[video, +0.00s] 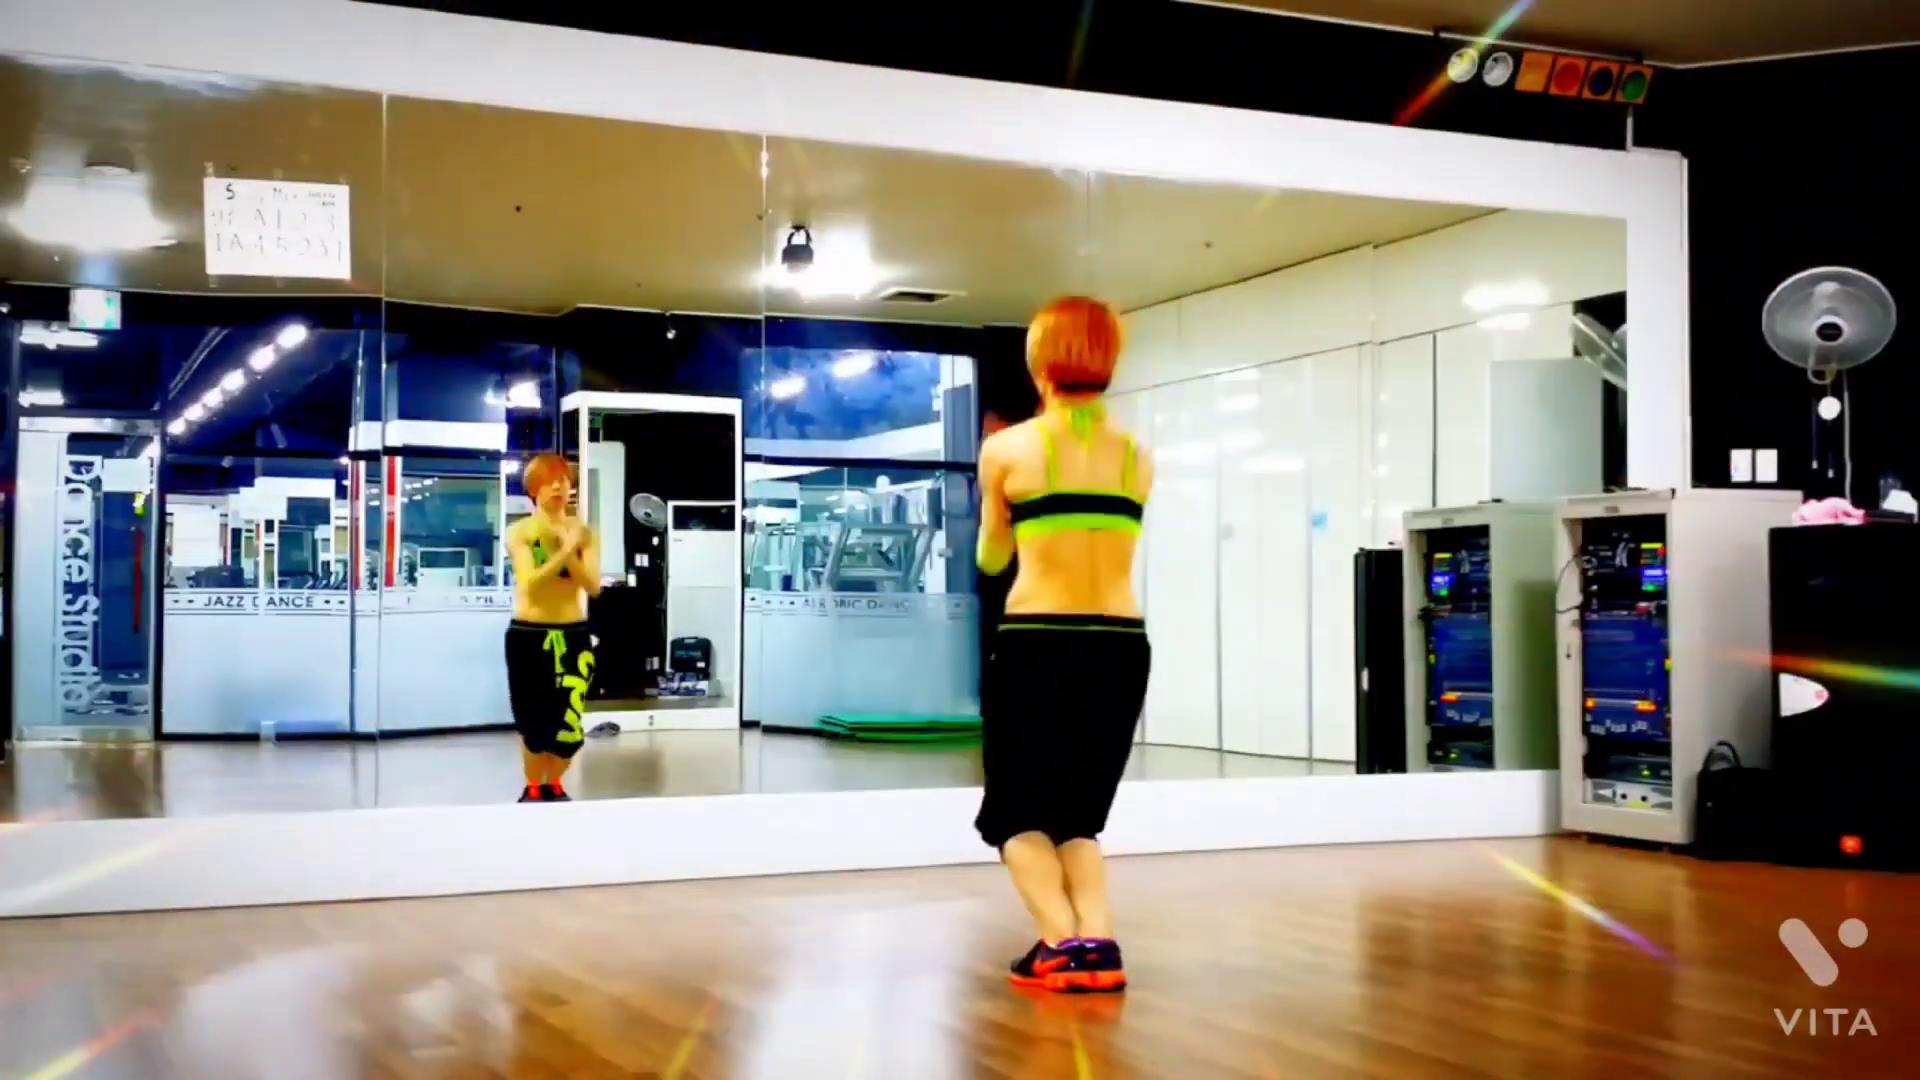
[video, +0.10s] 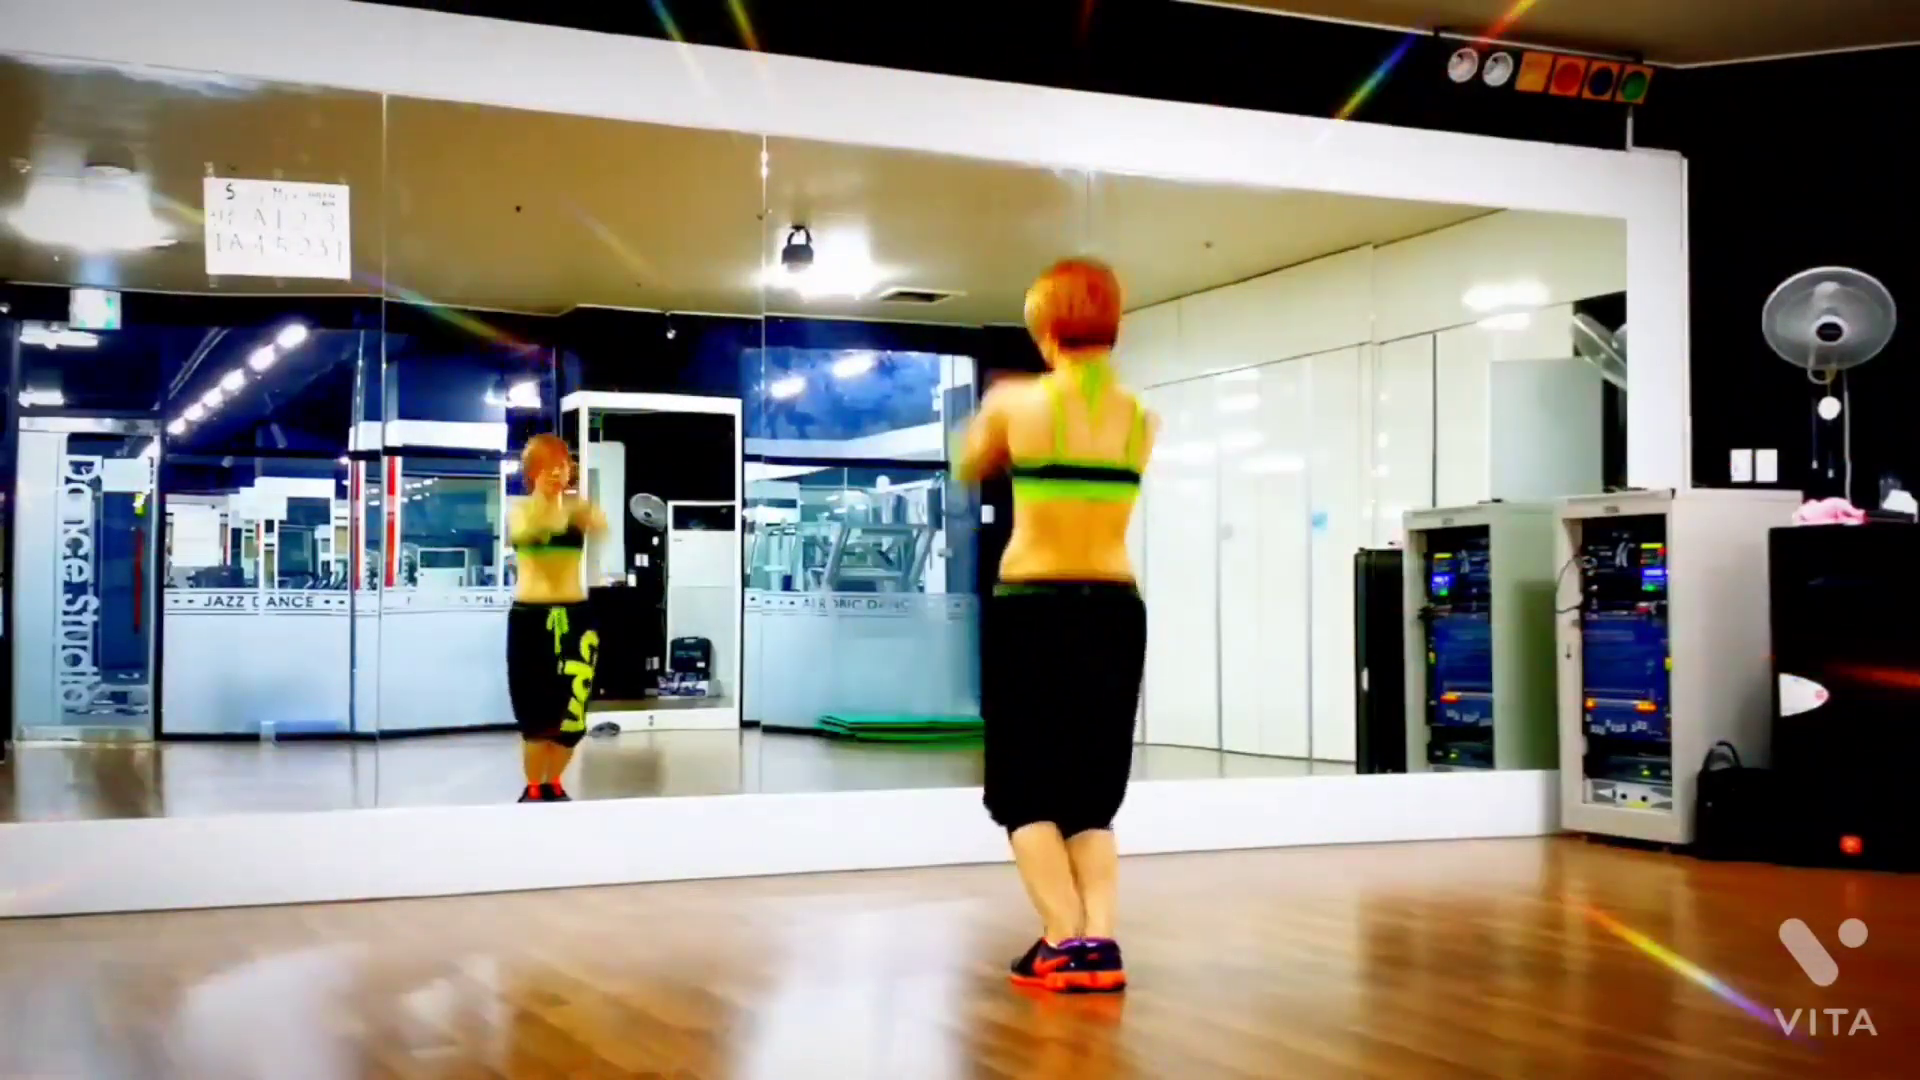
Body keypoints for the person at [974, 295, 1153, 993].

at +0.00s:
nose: (1033, 367)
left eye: (1035, 356)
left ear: (1037, 366)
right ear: (1109, 366)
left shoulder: (1008, 449)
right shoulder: (1137, 457)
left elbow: (994, 554)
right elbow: (1111, 539)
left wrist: (1006, 482)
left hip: (1035, 645)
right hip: (1119, 645)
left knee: (1014, 809)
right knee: (1078, 812)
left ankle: (1060, 940)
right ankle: (1097, 941)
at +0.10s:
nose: (1035, 336)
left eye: (1037, 326)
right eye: (1045, 326)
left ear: (1044, 332)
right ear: (1112, 329)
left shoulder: (1013, 404)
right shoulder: (1140, 419)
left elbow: (969, 466)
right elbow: (1112, 473)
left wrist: (995, 414)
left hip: (1030, 608)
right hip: (1113, 606)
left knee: (1021, 783)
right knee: (1091, 785)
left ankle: (1063, 936)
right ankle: (1099, 941)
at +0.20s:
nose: (1035, 306)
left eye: (1037, 295)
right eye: (1041, 294)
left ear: (1044, 304)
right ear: (1110, 302)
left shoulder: (1024, 371)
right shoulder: (1139, 383)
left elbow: (962, 360)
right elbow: (1095, 382)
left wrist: (993, 329)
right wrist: (1045, 343)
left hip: (1030, 585)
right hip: (1113, 584)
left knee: (1028, 765)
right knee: (1102, 769)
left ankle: (1061, 937)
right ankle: (1101, 943)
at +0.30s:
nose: (1033, 297)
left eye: (1039, 284)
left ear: (1042, 295)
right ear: (1114, 291)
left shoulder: (1021, 357)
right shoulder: (1133, 365)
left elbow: (979, 269)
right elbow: (1120, 298)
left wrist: (1003, 201)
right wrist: (1087, 232)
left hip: (1026, 570)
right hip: (1110, 568)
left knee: (1038, 761)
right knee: (1114, 762)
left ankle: (1060, 938)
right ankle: (1103, 944)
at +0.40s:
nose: (1020, 287)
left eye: (1025, 277)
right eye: (1088, 268)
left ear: (1031, 289)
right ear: (1106, 286)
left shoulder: (1019, 348)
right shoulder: (1125, 358)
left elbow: (995, 227)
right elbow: (1116, 245)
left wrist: (986, 125)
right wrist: (1096, 135)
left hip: (1026, 571)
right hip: (1107, 569)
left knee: (1039, 760)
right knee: (1119, 759)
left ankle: (1064, 939)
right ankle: (1103, 942)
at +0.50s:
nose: (1022, 290)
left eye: (1027, 281)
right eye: (1048, 279)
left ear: (1030, 290)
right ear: (1100, 292)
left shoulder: (1015, 346)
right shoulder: (1119, 357)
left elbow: (972, 230)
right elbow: (1147, 258)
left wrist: (926, 127)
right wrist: (1181, 147)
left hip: (1026, 570)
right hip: (1108, 569)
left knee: (1038, 757)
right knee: (1120, 758)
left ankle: (1064, 937)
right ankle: (1102, 942)